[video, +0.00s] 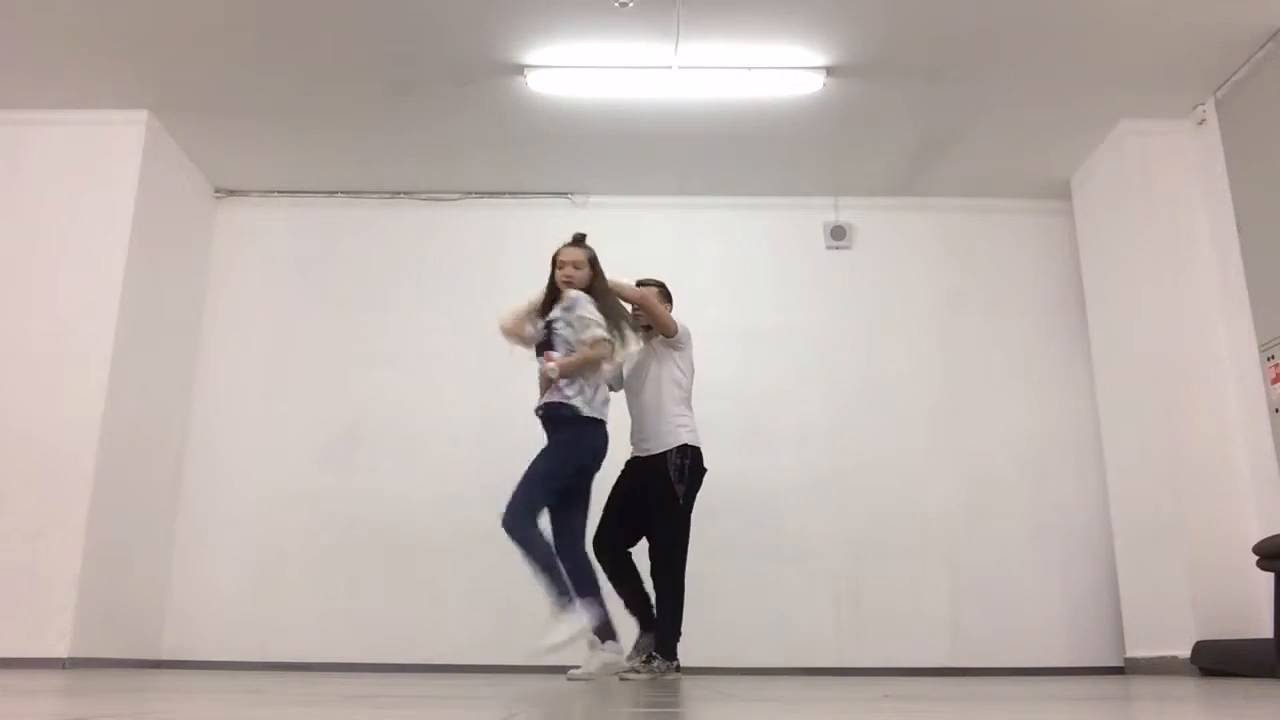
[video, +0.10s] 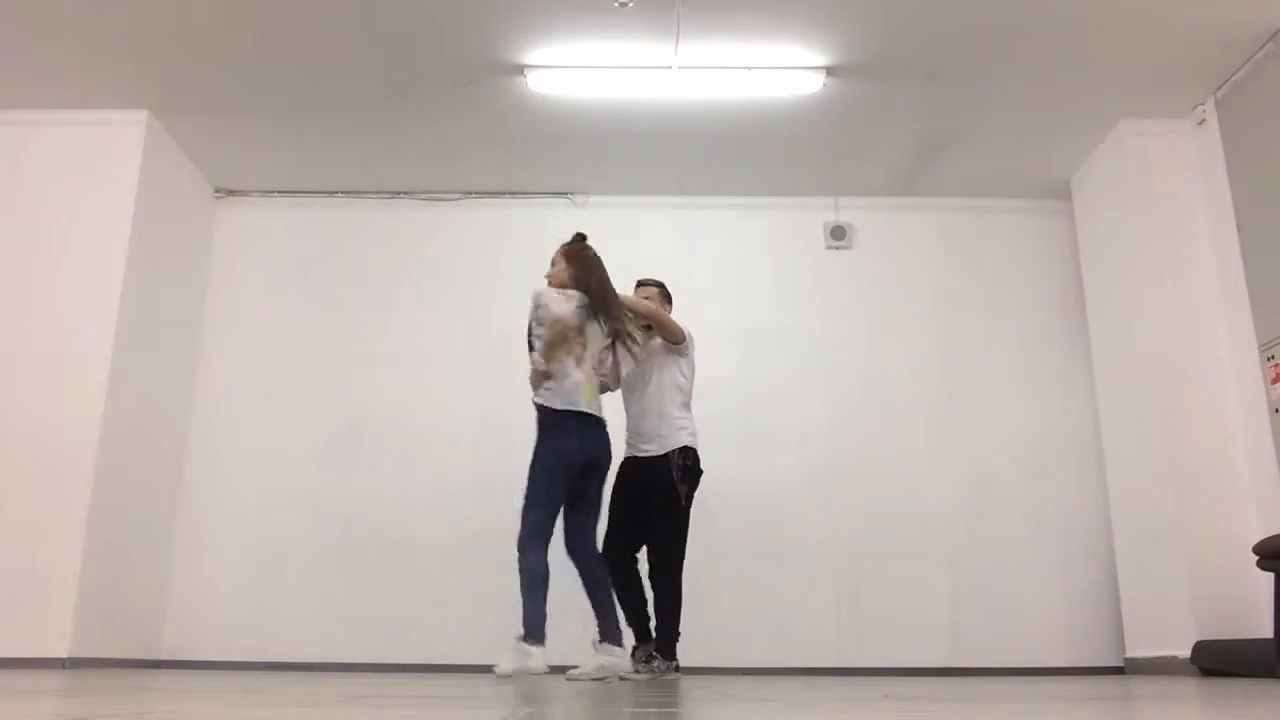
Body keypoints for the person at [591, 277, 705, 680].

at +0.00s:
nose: (639, 304)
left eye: (647, 297)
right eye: (637, 298)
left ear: (667, 307)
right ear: (634, 311)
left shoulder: (677, 339)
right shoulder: (631, 356)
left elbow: (644, 301)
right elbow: (604, 380)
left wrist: (602, 285)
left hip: (677, 459)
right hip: (641, 462)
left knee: (666, 560)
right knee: (607, 545)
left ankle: (666, 656)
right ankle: (650, 627)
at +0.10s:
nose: (638, 302)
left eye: (646, 297)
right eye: (635, 297)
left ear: (666, 308)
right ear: (630, 307)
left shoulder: (678, 344)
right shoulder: (626, 349)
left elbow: (655, 315)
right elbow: (594, 382)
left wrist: (614, 299)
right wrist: (554, 368)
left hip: (674, 459)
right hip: (636, 462)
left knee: (665, 560)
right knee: (616, 553)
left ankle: (666, 653)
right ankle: (643, 641)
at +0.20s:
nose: (639, 308)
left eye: (648, 301)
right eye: (635, 302)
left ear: (667, 310)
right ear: (629, 309)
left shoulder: (679, 348)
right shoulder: (622, 351)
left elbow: (673, 337)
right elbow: (596, 388)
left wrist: (631, 315)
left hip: (671, 461)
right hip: (631, 462)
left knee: (661, 557)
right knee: (628, 556)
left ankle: (664, 652)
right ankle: (650, 648)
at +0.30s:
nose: (643, 310)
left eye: (651, 304)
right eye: (638, 304)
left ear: (667, 311)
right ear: (630, 310)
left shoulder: (679, 350)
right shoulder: (624, 353)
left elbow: (688, 359)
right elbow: (595, 391)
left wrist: (648, 325)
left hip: (670, 461)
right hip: (630, 463)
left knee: (661, 557)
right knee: (633, 558)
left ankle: (662, 651)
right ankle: (651, 648)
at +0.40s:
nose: (642, 313)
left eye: (650, 306)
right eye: (637, 307)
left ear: (668, 311)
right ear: (630, 311)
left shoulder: (678, 348)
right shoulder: (625, 348)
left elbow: (698, 371)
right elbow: (603, 394)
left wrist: (666, 332)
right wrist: (617, 350)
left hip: (671, 459)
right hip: (631, 461)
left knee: (662, 552)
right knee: (634, 554)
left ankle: (668, 644)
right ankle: (651, 646)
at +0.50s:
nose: (646, 311)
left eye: (655, 304)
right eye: (641, 306)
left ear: (672, 311)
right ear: (633, 313)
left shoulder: (684, 348)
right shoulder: (627, 350)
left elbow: (705, 379)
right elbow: (613, 391)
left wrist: (681, 331)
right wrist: (636, 353)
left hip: (674, 460)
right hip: (631, 462)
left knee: (667, 546)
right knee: (636, 559)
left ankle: (687, 639)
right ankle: (651, 652)